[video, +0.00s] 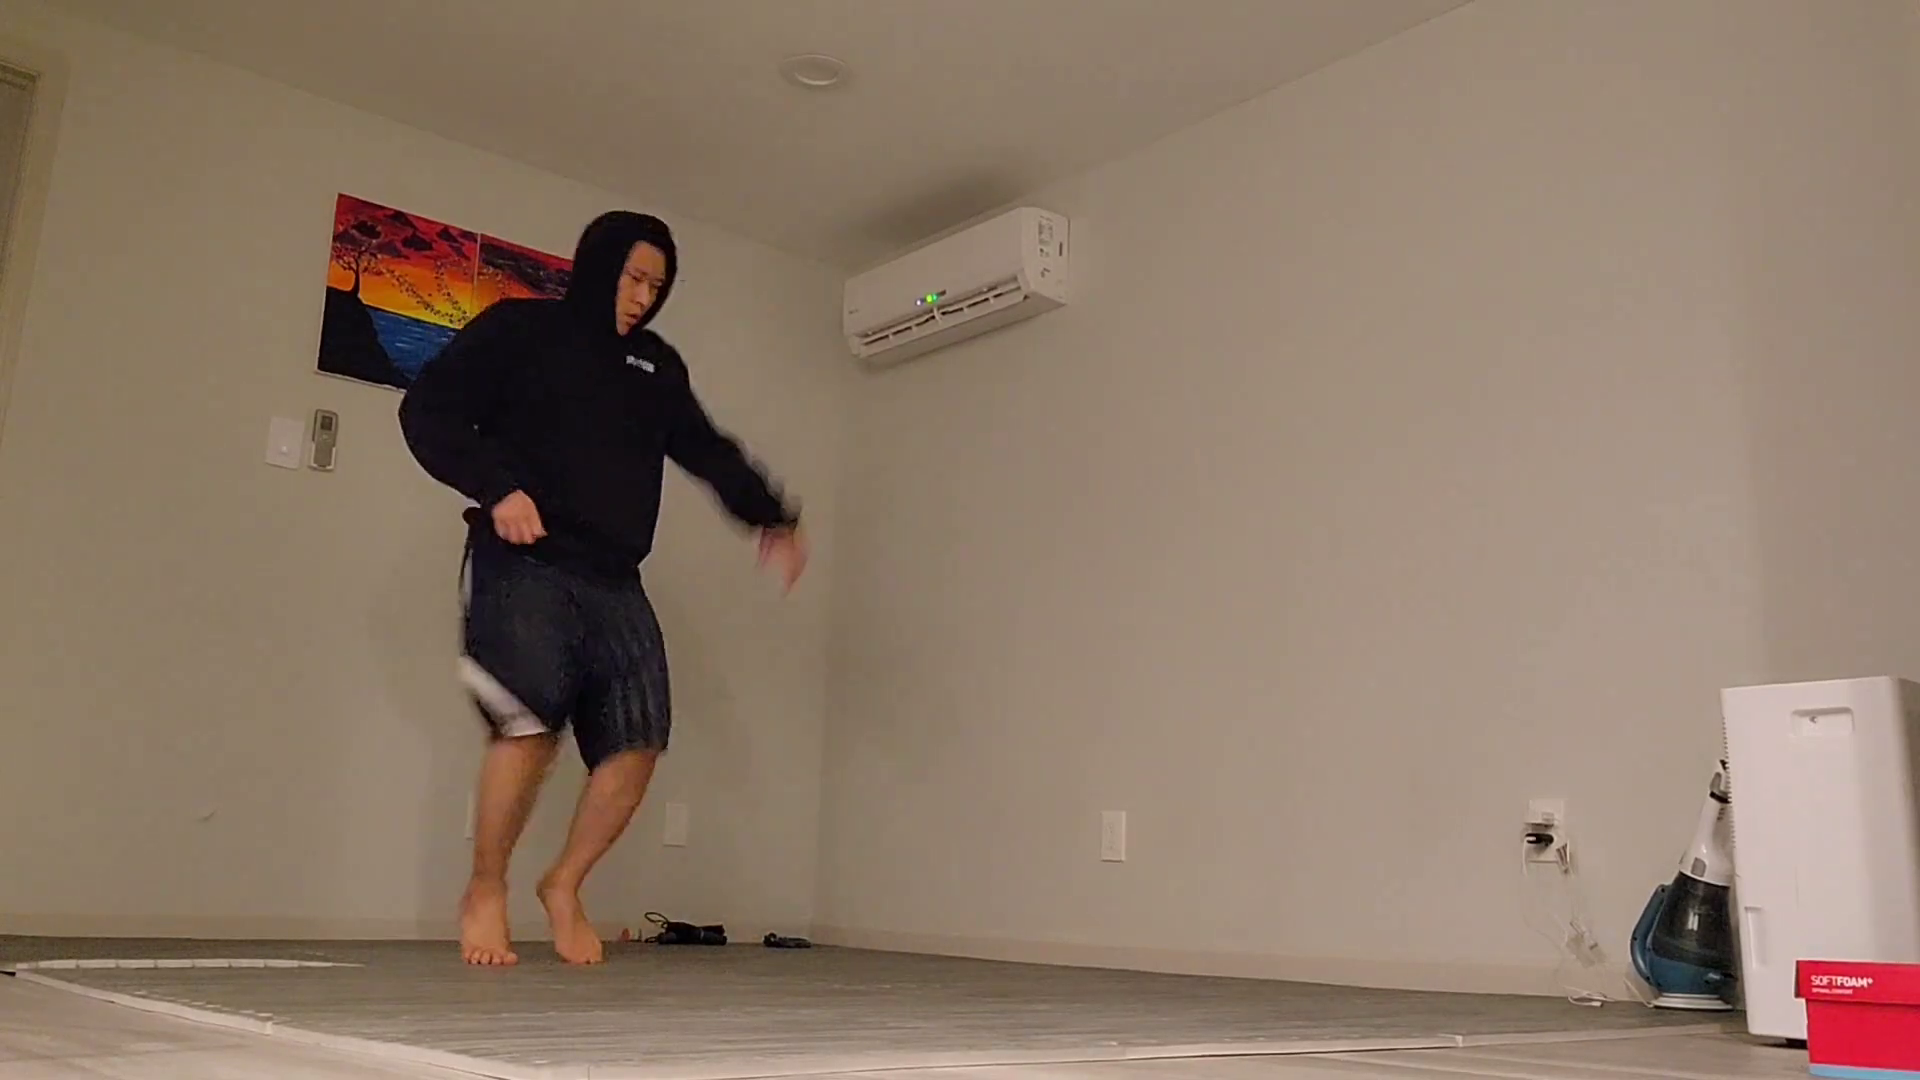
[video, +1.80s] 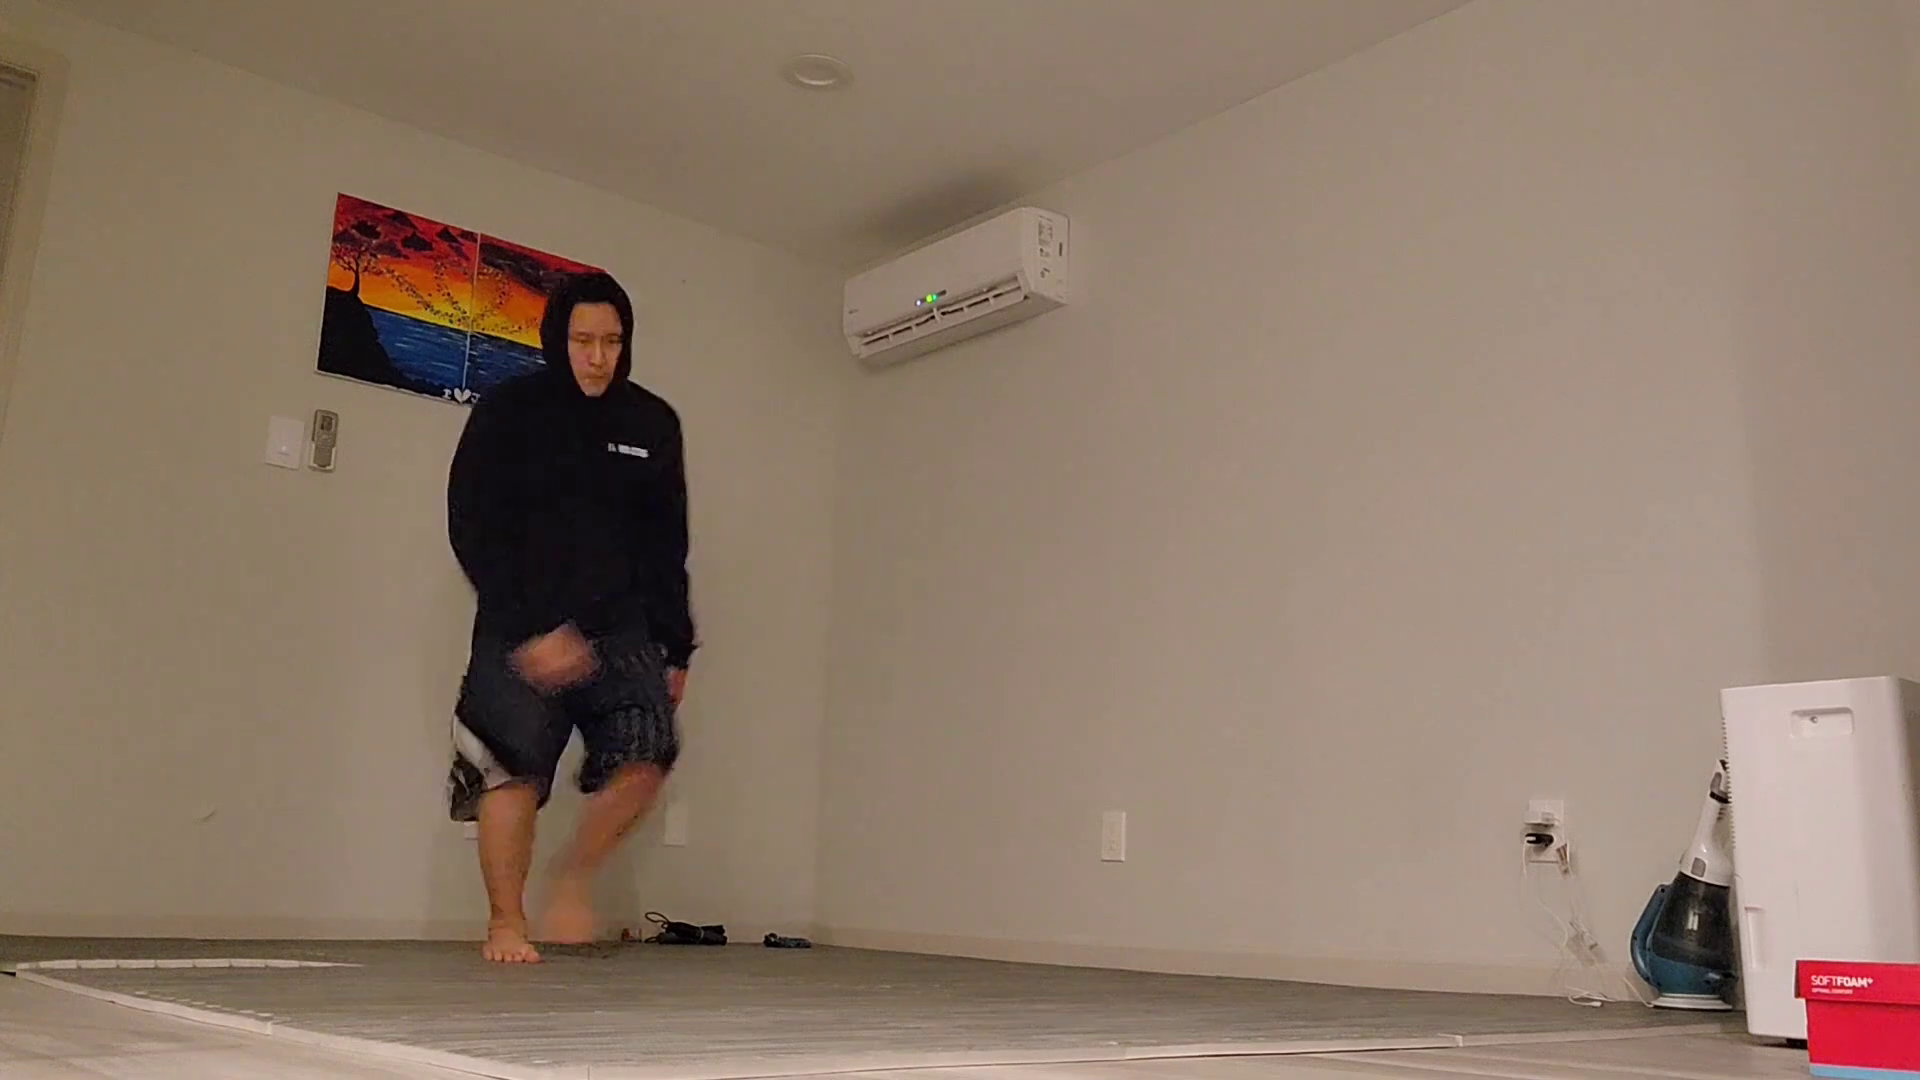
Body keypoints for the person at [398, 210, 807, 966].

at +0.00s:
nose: (643, 296)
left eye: (656, 286)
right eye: (634, 277)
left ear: (662, 292)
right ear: (594, 267)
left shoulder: (656, 367)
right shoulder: (517, 328)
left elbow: (704, 447)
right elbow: (426, 410)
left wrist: (768, 513)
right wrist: (497, 487)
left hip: (612, 577)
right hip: (521, 559)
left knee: (637, 740)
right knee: (528, 727)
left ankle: (563, 886)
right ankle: (486, 892)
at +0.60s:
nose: (660, 368)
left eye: (670, 358)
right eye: (656, 350)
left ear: (667, 361)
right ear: (619, 335)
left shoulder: (628, 415)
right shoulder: (552, 387)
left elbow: (659, 492)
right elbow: (534, 477)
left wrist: (721, 547)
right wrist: (606, 549)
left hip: (586, 601)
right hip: (525, 594)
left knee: (607, 766)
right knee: (584, 742)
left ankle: (533, 917)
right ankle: (564, 928)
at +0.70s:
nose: (661, 372)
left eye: (672, 363)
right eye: (658, 353)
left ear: (671, 366)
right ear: (622, 334)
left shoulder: (639, 422)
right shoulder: (548, 381)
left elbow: (661, 515)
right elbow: (524, 475)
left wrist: (723, 587)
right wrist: (646, 492)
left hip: (591, 595)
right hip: (520, 578)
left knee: (605, 759)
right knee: (577, 714)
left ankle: (537, 913)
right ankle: (566, 912)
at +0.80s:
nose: (655, 349)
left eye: (667, 339)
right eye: (649, 328)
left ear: (673, 343)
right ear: (617, 307)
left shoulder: (647, 399)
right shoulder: (543, 345)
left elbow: (656, 503)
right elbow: (526, 445)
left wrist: (680, 599)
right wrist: (655, 400)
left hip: (581, 567)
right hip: (508, 540)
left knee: (589, 734)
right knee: (557, 688)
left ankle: (535, 897)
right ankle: (549, 879)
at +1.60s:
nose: (626, 342)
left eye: (637, 331)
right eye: (616, 325)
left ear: (643, 335)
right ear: (578, 315)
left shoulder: (629, 398)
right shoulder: (517, 377)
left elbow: (649, 485)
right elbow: (537, 467)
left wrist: (684, 556)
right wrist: (647, 469)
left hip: (583, 608)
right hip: (504, 587)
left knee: (574, 794)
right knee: (539, 731)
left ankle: (478, 888)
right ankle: (517, 906)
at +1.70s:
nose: (606, 336)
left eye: (619, 323)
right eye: (593, 319)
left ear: (633, 327)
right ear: (559, 316)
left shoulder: (644, 410)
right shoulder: (502, 392)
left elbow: (658, 528)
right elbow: (502, 519)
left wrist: (664, 630)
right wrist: (603, 553)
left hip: (598, 609)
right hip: (514, 600)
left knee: (613, 776)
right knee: (526, 760)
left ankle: (503, 863)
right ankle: (507, 920)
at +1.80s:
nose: (597, 356)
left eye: (610, 340)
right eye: (582, 340)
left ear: (627, 342)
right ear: (554, 341)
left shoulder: (652, 421)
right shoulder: (506, 410)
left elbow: (667, 539)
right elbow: (472, 528)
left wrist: (676, 645)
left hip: (622, 621)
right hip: (522, 619)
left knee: (645, 756)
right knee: (515, 771)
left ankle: (570, 880)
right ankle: (506, 923)